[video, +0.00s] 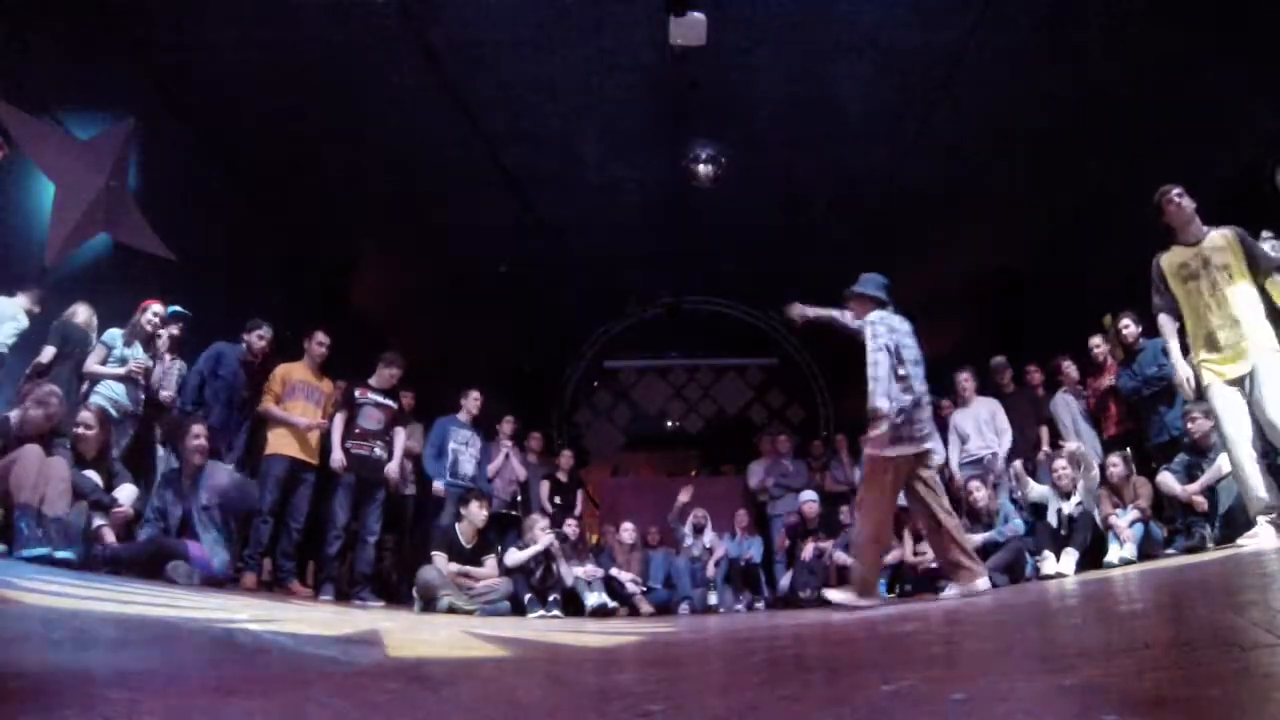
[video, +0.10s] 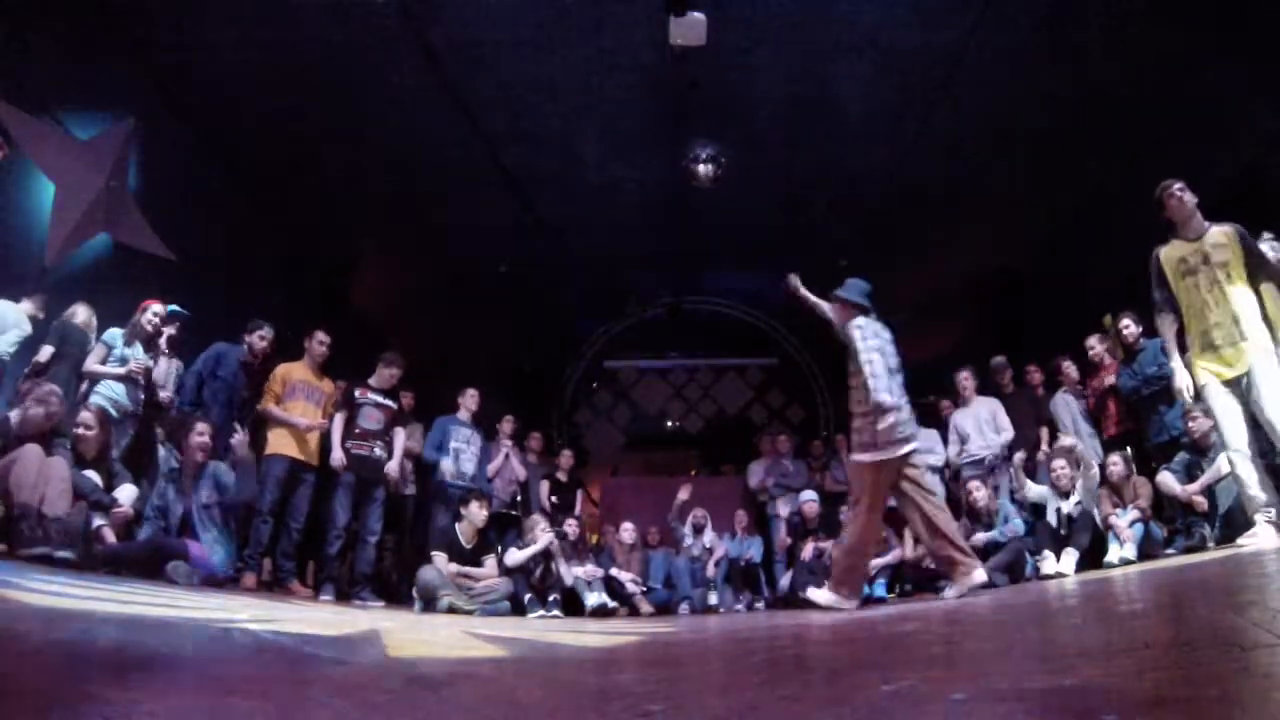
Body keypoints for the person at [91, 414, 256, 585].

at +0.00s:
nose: (203, 444)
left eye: (206, 438)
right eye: (196, 438)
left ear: (210, 444)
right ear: (181, 443)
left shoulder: (223, 477)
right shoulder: (168, 479)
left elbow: (259, 508)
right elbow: (153, 519)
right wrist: (146, 545)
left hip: (215, 554)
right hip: (175, 545)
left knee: (159, 544)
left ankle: (101, 555)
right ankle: (183, 576)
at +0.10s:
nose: (206, 442)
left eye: (209, 437)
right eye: (199, 435)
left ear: (213, 442)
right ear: (183, 441)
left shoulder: (218, 471)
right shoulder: (169, 477)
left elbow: (241, 498)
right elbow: (153, 517)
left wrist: (245, 460)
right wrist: (143, 545)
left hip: (214, 551)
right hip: (176, 545)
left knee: (159, 543)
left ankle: (100, 553)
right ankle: (185, 576)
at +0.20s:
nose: (207, 441)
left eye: (210, 437)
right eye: (200, 434)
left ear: (213, 444)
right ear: (184, 439)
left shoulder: (217, 477)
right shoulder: (169, 479)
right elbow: (154, 518)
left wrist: (242, 478)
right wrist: (141, 545)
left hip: (212, 552)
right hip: (174, 545)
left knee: (160, 544)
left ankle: (97, 554)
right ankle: (183, 576)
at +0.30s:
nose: (203, 444)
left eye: (207, 440)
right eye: (197, 438)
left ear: (211, 446)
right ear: (182, 443)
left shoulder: (215, 473)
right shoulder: (171, 478)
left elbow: (244, 489)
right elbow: (154, 518)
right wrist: (141, 545)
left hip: (210, 551)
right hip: (174, 543)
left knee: (161, 544)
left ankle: (99, 553)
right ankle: (183, 575)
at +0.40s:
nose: (199, 450)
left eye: (203, 444)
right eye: (192, 445)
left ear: (207, 448)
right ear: (179, 450)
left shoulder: (213, 477)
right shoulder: (169, 480)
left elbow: (240, 507)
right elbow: (154, 518)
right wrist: (141, 547)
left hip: (211, 553)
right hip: (178, 547)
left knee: (160, 545)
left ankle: (98, 553)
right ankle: (183, 576)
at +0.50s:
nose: (200, 452)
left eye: (203, 446)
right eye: (192, 447)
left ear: (207, 448)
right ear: (177, 452)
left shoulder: (213, 477)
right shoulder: (168, 481)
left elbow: (242, 507)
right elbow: (153, 520)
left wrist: (223, 547)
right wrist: (142, 549)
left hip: (211, 552)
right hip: (176, 546)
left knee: (159, 544)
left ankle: (93, 556)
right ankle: (186, 576)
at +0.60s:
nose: (203, 447)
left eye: (206, 441)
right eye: (196, 441)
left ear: (209, 446)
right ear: (178, 446)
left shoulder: (216, 474)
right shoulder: (166, 481)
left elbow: (247, 493)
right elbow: (153, 521)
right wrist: (141, 549)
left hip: (213, 553)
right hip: (173, 547)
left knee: (159, 544)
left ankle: (91, 557)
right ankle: (185, 576)